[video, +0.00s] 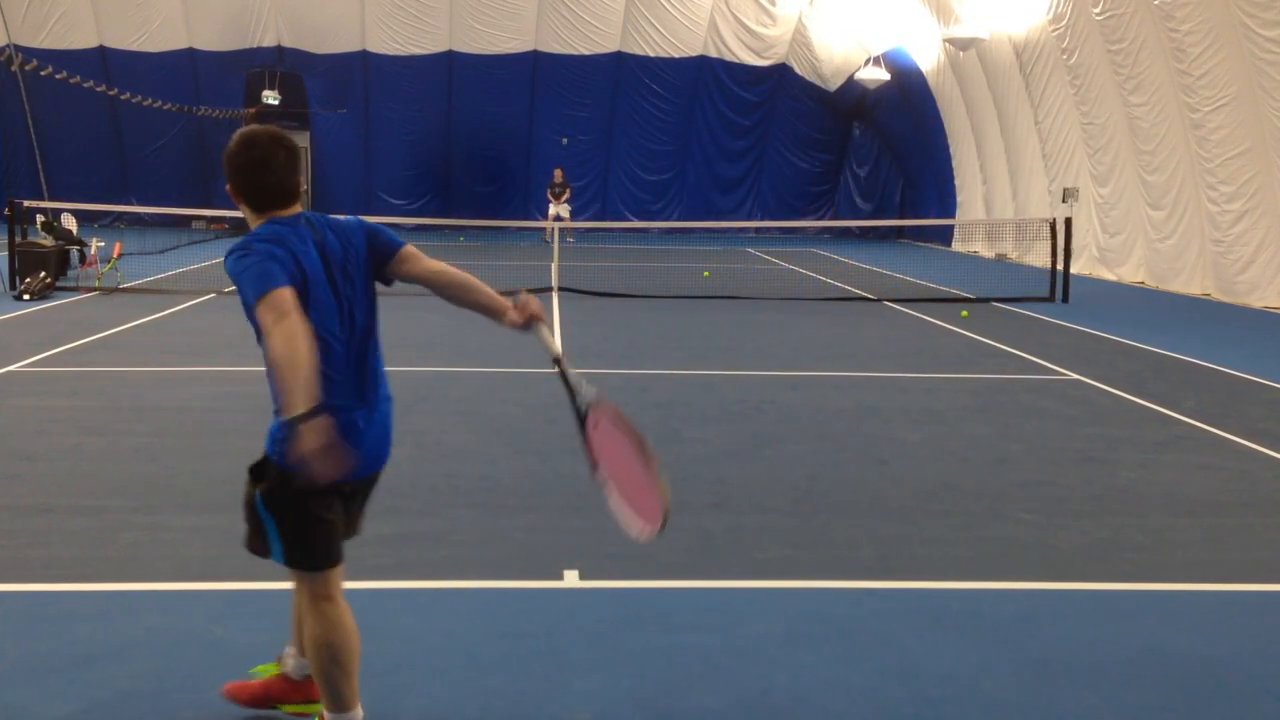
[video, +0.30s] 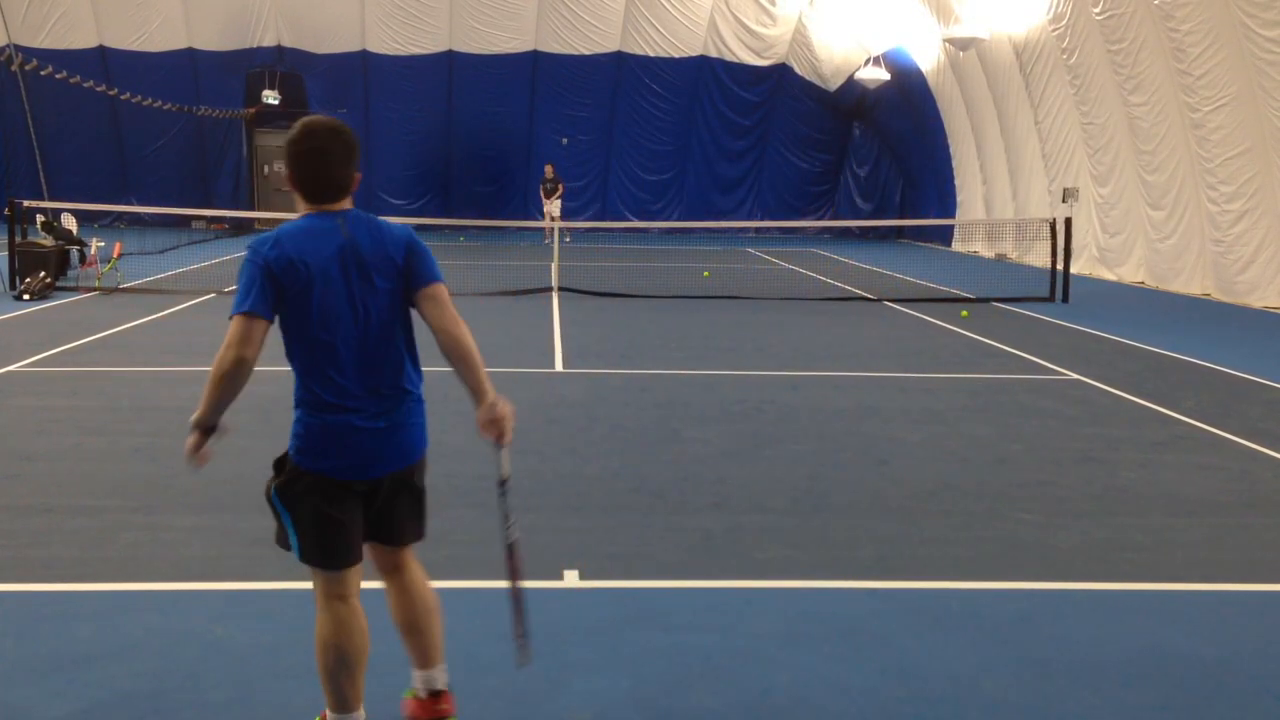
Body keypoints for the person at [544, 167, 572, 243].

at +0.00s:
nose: (557, 174)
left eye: (558, 172)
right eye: (555, 172)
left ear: (561, 174)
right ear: (554, 174)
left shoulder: (565, 184)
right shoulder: (551, 184)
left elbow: (567, 194)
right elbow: (548, 194)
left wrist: (561, 200)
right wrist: (553, 201)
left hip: (563, 204)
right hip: (553, 204)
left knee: (567, 220)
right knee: (550, 219)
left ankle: (569, 236)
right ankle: (548, 236)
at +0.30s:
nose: (547, 171)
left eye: (549, 169)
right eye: (546, 169)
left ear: (552, 170)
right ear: (544, 170)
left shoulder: (556, 179)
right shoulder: (543, 180)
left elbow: (560, 189)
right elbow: (541, 190)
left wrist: (552, 199)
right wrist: (544, 199)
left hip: (555, 200)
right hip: (546, 200)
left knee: (556, 218)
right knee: (547, 218)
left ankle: (565, 232)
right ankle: (548, 236)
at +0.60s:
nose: (541, 170)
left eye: (543, 168)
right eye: (540, 168)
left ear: (547, 169)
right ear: (540, 170)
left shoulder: (552, 178)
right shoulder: (541, 180)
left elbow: (556, 190)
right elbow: (539, 192)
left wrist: (547, 198)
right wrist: (537, 203)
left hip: (551, 200)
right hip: (542, 200)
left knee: (550, 218)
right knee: (536, 214)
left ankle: (555, 237)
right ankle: (543, 233)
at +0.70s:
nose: (538, 168)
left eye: (540, 166)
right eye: (537, 166)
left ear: (544, 167)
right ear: (537, 167)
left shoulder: (549, 176)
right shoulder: (539, 177)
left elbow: (553, 188)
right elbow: (538, 189)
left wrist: (544, 196)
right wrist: (537, 198)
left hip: (548, 199)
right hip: (540, 199)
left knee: (549, 219)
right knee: (533, 215)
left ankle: (554, 238)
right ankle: (535, 235)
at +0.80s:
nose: (535, 168)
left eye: (536, 166)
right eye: (534, 166)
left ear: (541, 167)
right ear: (533, 168)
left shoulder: (545, 176)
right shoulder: (536, 177)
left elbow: (550, 187)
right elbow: (536, 188)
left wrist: (539, 195)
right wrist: (535, 197)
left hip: (545, 200)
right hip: (537, 199)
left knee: (547, 219)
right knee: (531, 217)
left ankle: (554, 238)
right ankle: (530, 237)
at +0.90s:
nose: (530, 170)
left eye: (531, 168)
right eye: (529, 168)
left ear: (536, 168)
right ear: (529, 169)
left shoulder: (541, 177)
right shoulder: (532, 178)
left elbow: (546, 188)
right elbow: (533, 189)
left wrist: (536, 196)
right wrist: (532, 196)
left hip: (540, 201)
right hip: (533, 200)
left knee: (543, 220)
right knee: (527, 217)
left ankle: (554, 236)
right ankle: (530, 237)